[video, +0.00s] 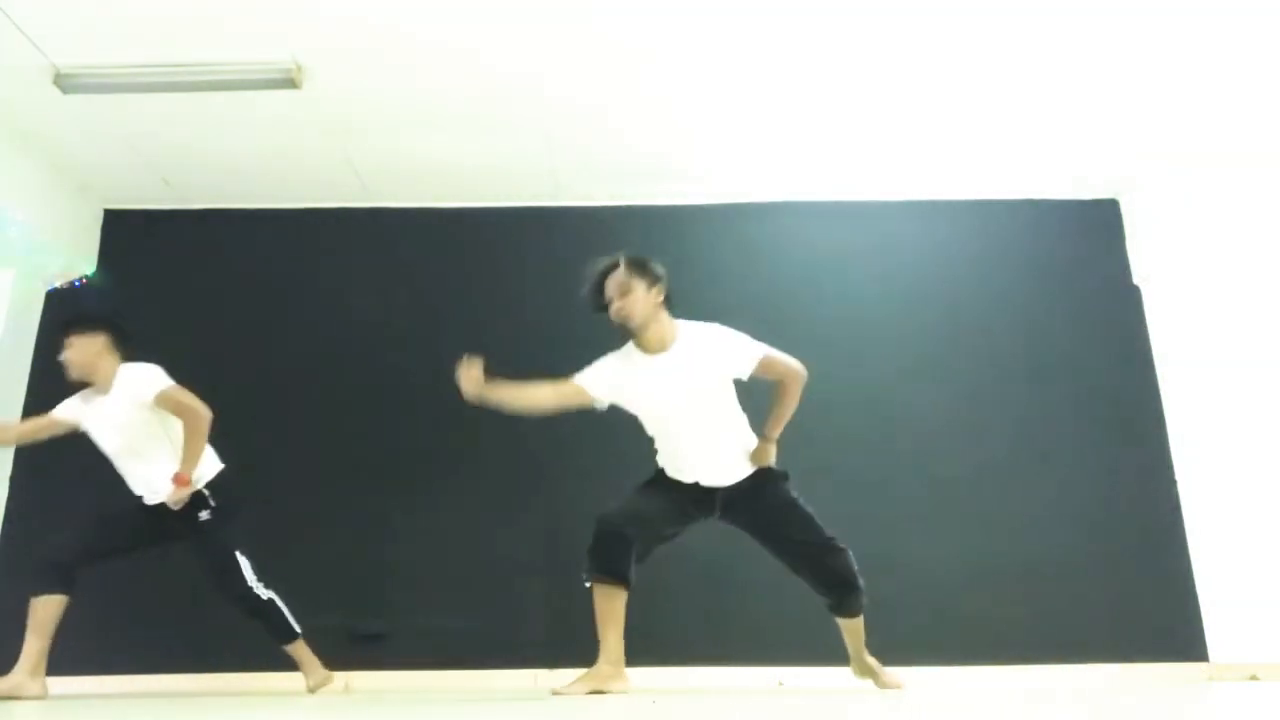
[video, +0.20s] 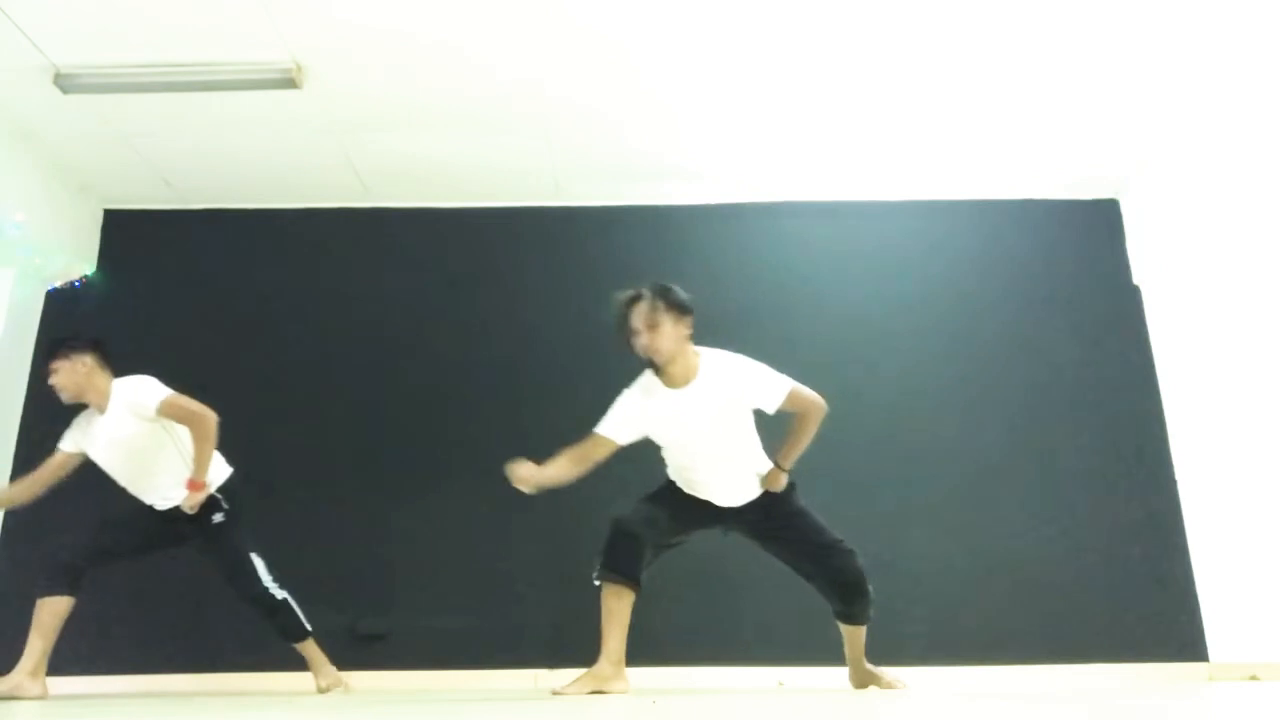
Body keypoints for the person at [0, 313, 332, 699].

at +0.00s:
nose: (63, 353)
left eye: (71, 342)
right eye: (62, 345)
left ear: (103, 342)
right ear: (88, 347)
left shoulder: (141, 378)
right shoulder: (81, 405)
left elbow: (198, 414)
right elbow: (27, 429)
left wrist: (185, 476)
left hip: (202, 500)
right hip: (156, 509)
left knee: (242, 587)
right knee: (62, 556)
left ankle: (314, 671)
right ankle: (28, 673)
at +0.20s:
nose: (51, 381)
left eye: (56, 370)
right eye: (49, 374)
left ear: (86, 362)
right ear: (74, 372)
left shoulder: (135, 391)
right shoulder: (83, 430)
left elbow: (204, 419)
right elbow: (35, 483)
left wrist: (199, 483)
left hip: (210, 504)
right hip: (160, 515)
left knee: (257, 589)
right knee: (68, 560)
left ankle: (324, 669)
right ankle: (30, 674)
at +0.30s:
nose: (80, 378)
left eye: (87, 366)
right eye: (79, 370)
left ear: (118, 361)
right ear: (99, 376)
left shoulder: (166, 392)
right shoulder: (111, 428)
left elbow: (235, 422)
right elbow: (80, 484)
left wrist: (225, 485)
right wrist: (37, 512)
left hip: (232, 507)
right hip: (180, 515)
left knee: (276, 589)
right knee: (90, 563)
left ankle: (324, 676)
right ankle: (30, 674)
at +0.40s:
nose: (131, 369)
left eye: (137, 357)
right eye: (129, 361)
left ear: (169, 352)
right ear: (140, 366)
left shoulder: (212, 388)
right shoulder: (150, 418)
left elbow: (275, 428)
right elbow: (132, 476)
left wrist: (257, 485)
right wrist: (109, 491)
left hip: (256, 510)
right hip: (201, 516)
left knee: (291, 591)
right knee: (114, 568)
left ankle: (325, 679)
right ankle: (34, 673)